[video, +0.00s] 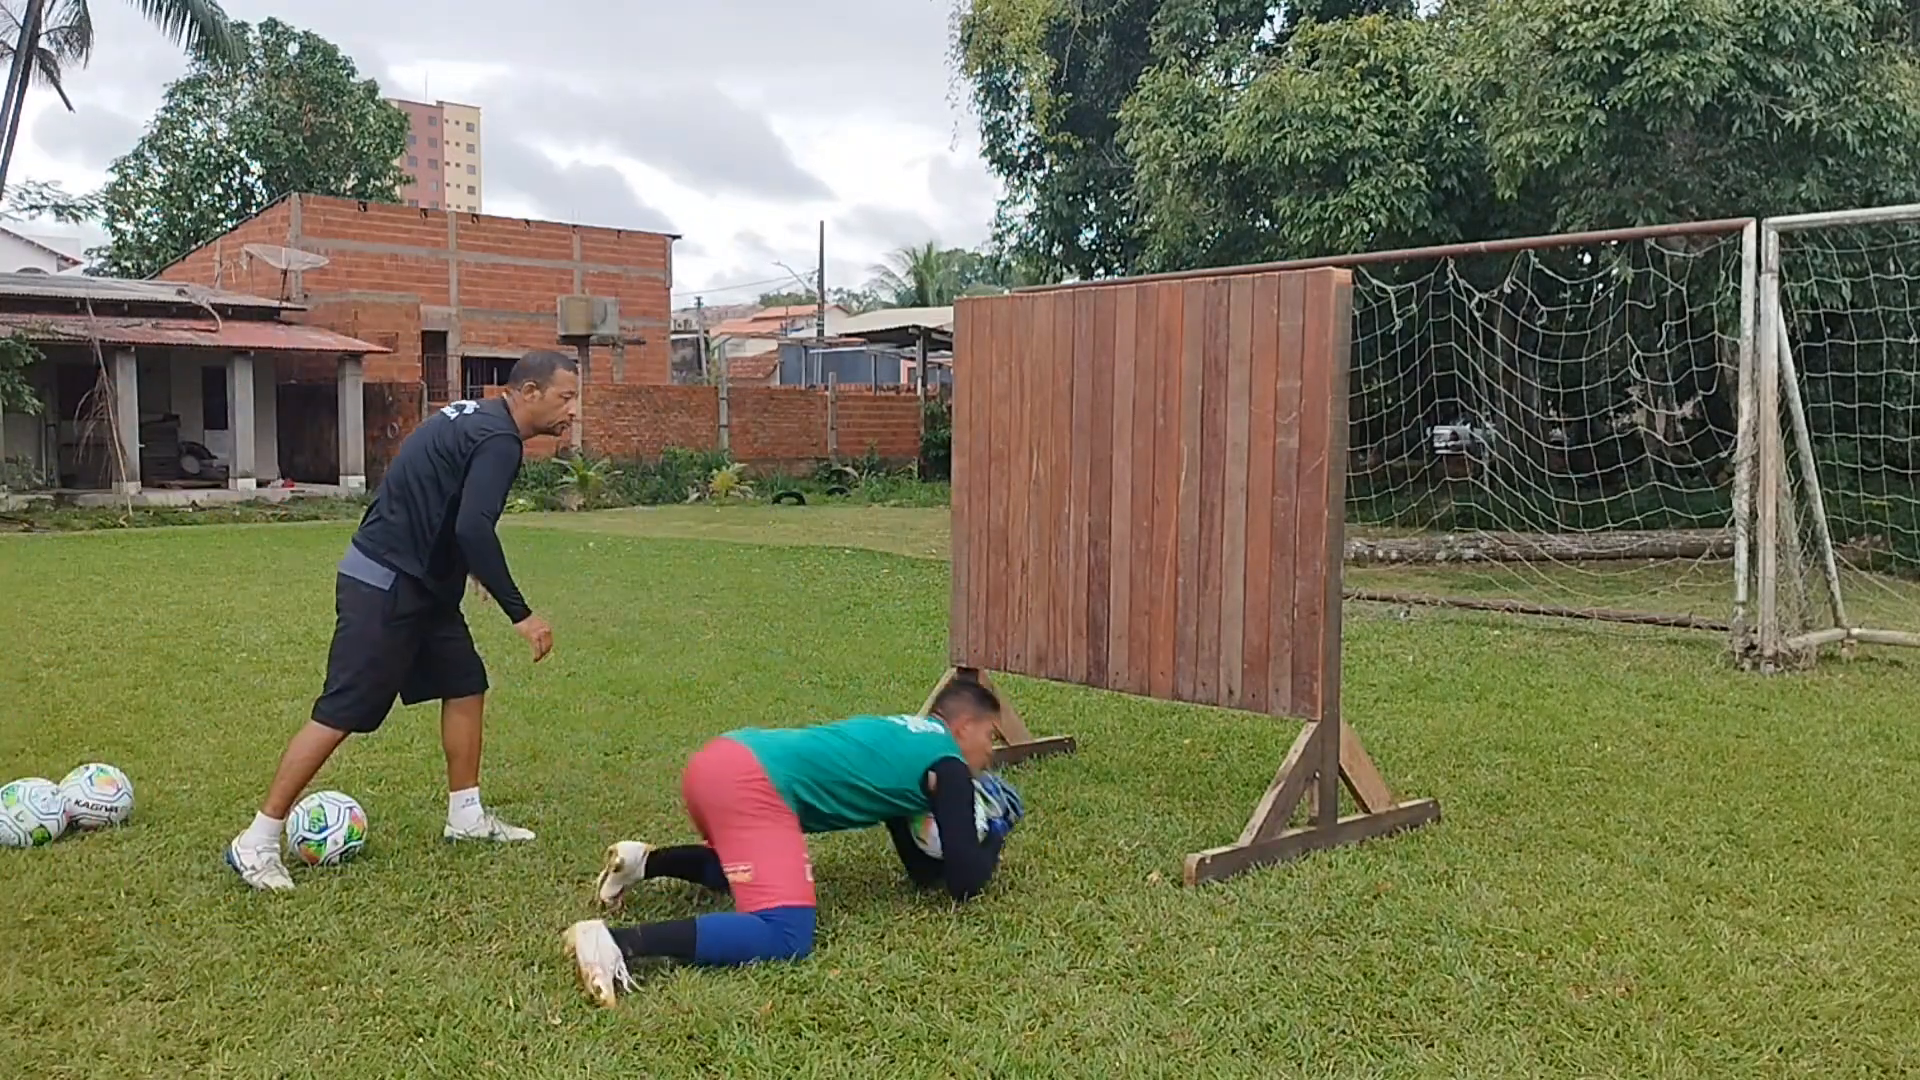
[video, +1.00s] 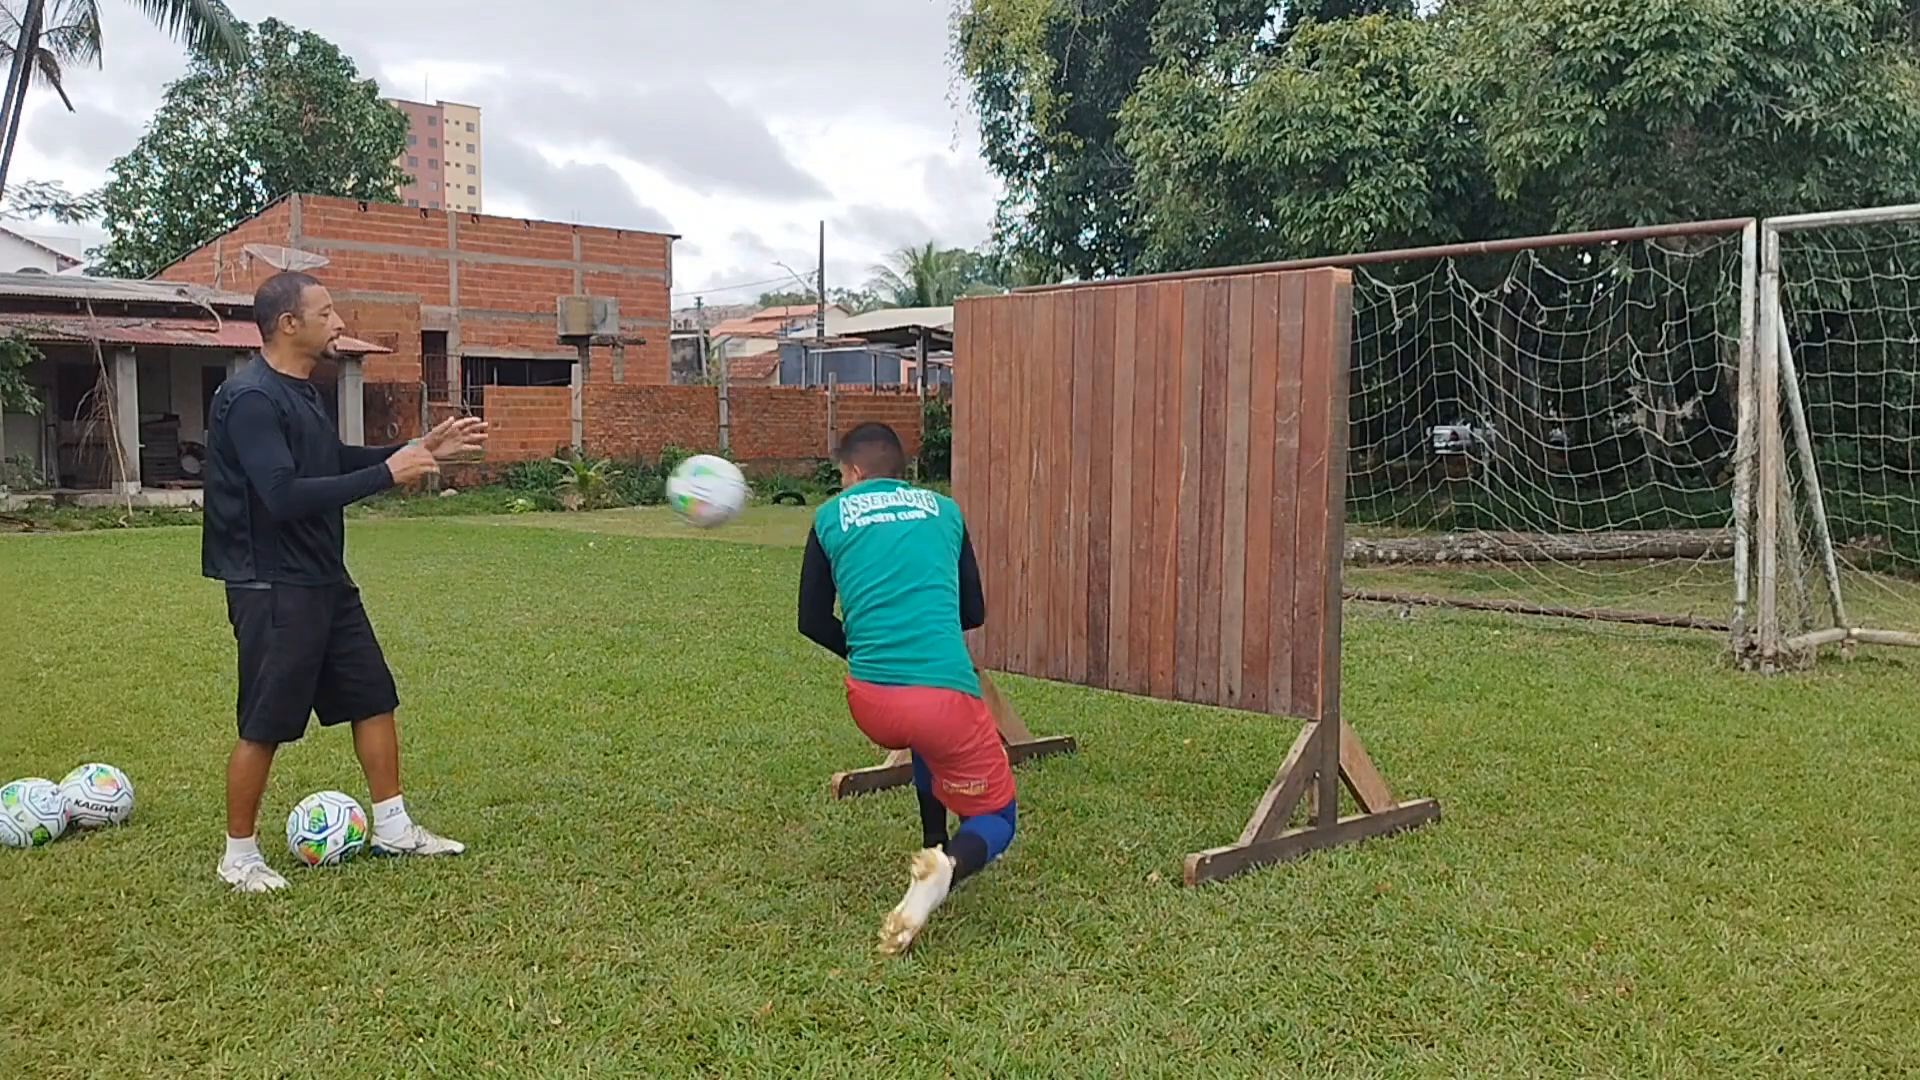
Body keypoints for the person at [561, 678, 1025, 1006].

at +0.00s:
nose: (992, 755)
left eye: (995, 743)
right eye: (993, 741)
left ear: (944, 718)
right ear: (968, 727)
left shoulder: (893, 743)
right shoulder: (945, 759)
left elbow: (924, 871)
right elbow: (967, 880)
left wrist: (970, 831)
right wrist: (997, 830)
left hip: (718, 761)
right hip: (749, 779)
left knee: (760, 875)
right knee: (786, 935)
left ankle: (643, 863)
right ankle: (615, 944)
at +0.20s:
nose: (1076, 819)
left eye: (1085, 813)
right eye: (1085, 808)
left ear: (1049, 761)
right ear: (1072, 778)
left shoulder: (1002, 755)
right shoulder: (1050, 786)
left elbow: (942, 838)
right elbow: (993, 879)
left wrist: (996, 857)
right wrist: (1034, 882)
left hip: (842, 731)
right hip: (889, 754)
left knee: (816, 858)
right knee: (940, 913)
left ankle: (693, 853)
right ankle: (787, 902)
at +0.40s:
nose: (1088, 720)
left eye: (1090, 713)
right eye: (1091, 712)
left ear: (1041, 687)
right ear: (1083, 707)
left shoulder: (993, 697)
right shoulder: (1074, 743)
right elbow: (1012, 813)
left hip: (865, 783)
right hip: (926, 812)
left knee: (892, 855)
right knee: (1039, 885)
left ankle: (788, 866)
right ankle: (924, 901)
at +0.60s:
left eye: (999, 580)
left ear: (998, 580)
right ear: (1051, 591)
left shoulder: (965, 603)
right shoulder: (1071, 634)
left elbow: (882, 636)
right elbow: (1071, 693)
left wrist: (897, 709)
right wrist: (1045, 757)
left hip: (892, 749)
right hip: (959, 781)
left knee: (887, 806)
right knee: (1039, 888)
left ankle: (784, 855)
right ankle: (926, 904)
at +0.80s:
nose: (900, 527)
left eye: (901, 521)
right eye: (901, 522)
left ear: (912, 520)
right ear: (960, 522)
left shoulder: (889, 552)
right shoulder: (1000, 567)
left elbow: (824, 622)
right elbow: (1015, 671)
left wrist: (874, 680)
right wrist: (962, 655)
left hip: (903, 745)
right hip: (982, 759)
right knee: (1024, 879)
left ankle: (928, 851)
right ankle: (975, 920)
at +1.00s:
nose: (841, 481)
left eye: (841, 473)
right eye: (842, 474)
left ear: (852, 472)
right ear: (902, 469)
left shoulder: (831, 516)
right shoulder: (943, 509)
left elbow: (813, 621)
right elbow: (972, 612)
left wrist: (867, 647)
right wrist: (911, 623)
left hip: (872, 702)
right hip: (944, 704)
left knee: (926, 739)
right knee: (996, 817)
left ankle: (935, 847)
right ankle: (946, 866)